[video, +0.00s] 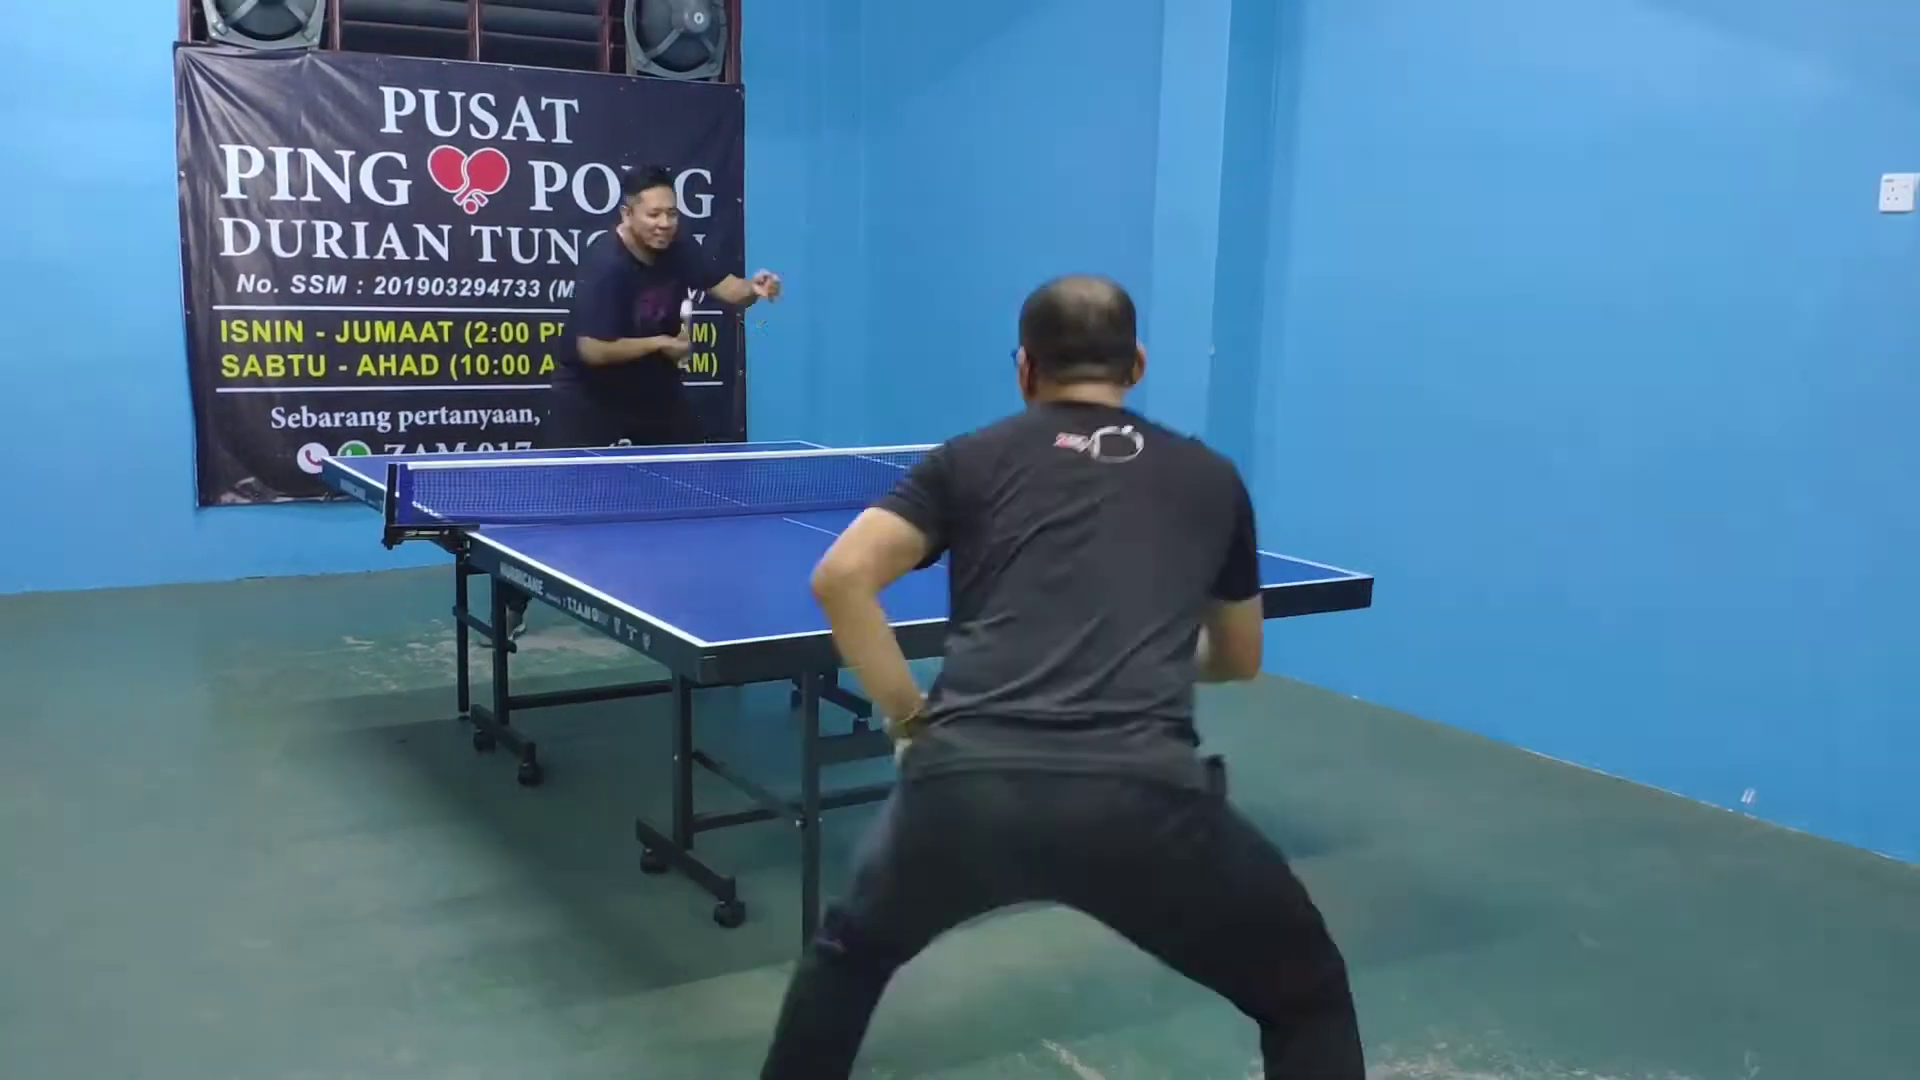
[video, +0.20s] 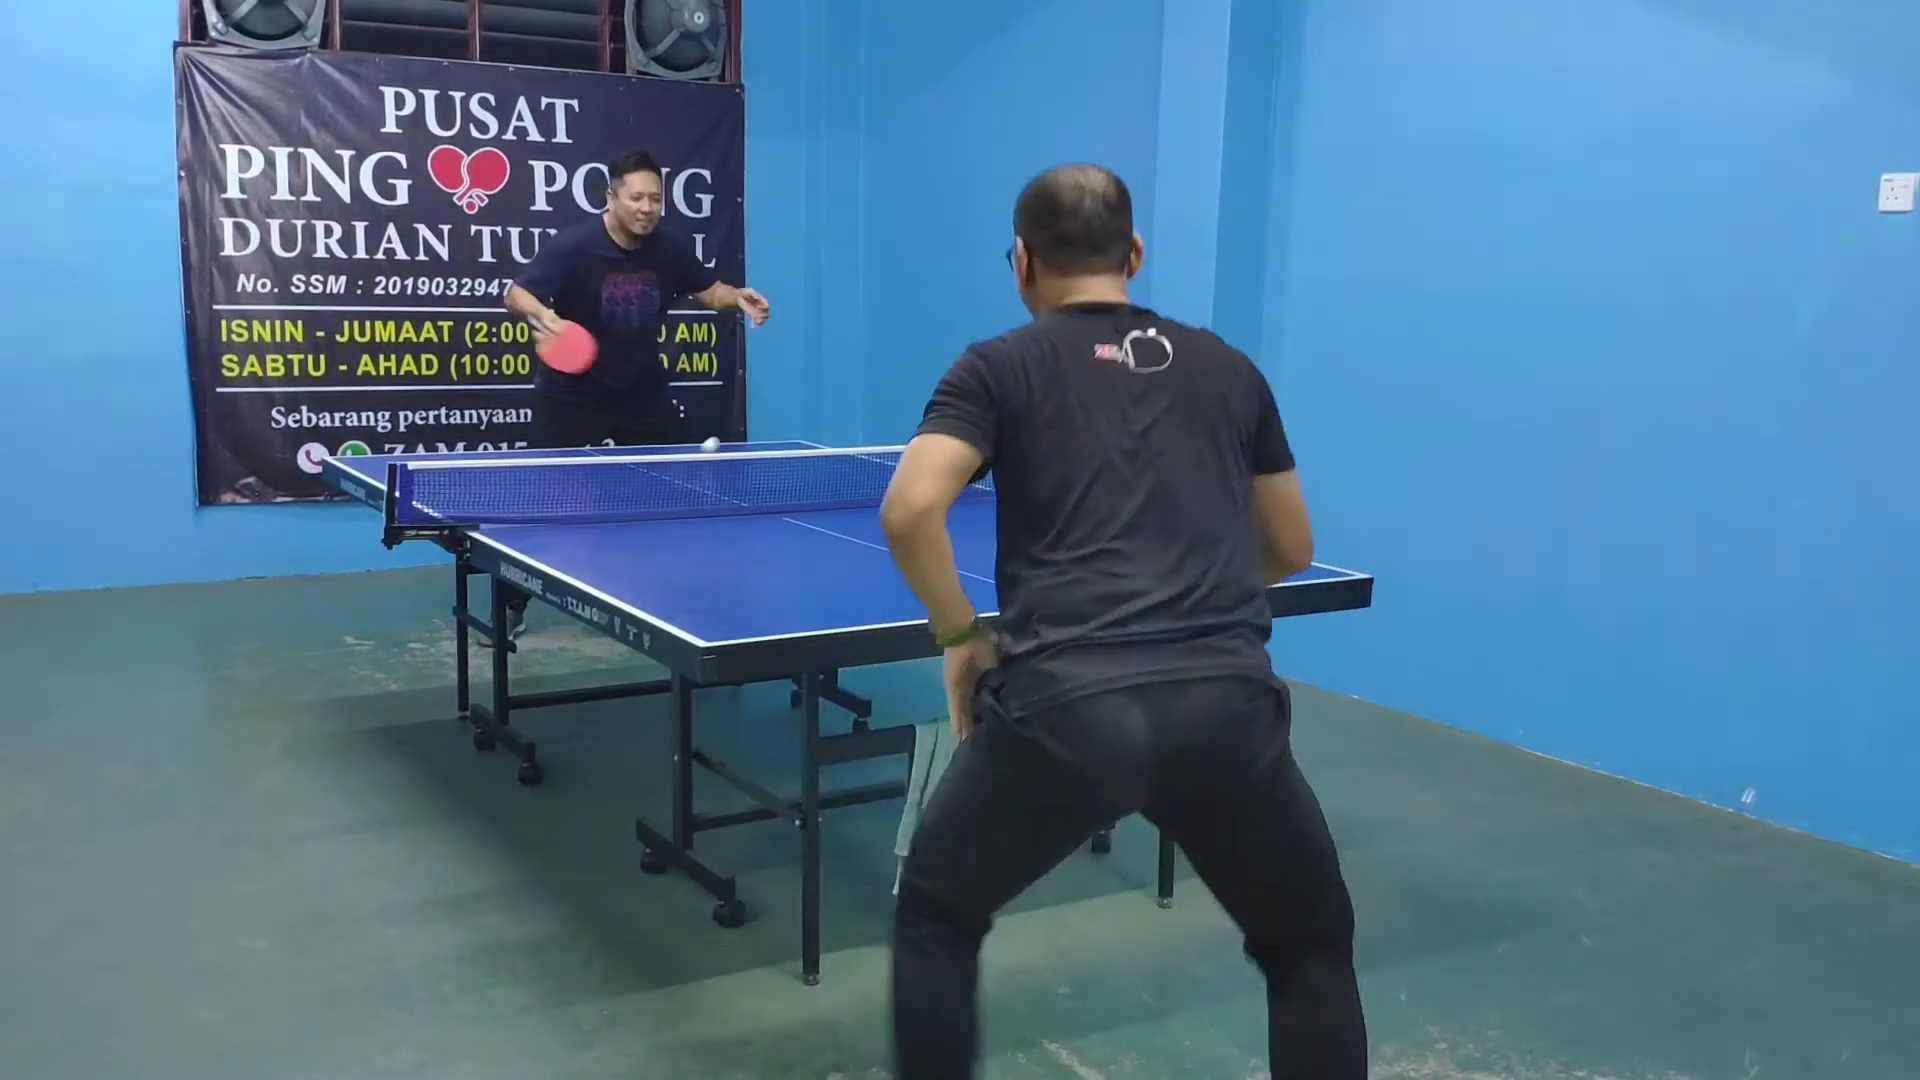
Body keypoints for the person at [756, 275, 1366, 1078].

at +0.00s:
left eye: (1021, 363)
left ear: (1026, 369)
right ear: (1138, 365)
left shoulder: (971, 460)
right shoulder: (1211, 477)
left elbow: (843, 577)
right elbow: (1237, 656)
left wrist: (908, 717)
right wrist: (1141, 652)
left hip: (961, 802)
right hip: (1141, 808)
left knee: (846, 958)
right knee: (1307, 998)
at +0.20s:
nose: (1013, 269)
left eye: (1012, 256)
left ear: (1023, 261)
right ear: (1135, 255)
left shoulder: (1000, 366)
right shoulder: (1229, 367)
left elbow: (909, 511)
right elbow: (1289, 546)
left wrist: (960, 636)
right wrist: (1192, 567)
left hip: (1066, 717)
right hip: (1224, 711)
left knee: (937, 917)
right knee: (1309, 945)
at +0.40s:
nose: (1028, 311)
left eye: (1027, 298)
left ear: (1039, 301)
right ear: (1147, 295)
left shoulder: (1015, 410)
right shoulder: (1235, 397)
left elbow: (918, 566)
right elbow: (1296, 548)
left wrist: (984, 643)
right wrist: (1197, 564)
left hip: (1102, 748)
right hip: (1257, 735)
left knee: (981, 957)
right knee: (1295, 879)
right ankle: (1328, 1065)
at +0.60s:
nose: (1092, 392)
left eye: (1089, 372)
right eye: (1086, 377)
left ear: (1112, 354)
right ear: (1185, 345)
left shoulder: (1145, 416)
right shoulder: (1269, 420)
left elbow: (1038, 491)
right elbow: (1232, 537)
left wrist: (990, 588)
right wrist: (1109, 571)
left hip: (1214, 739)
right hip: (1336, 727)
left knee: (1044, 937)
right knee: (1285, 823)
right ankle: (1313, 1033)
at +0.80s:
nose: (1127, 326)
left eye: (1122, 304)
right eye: (1120, 307)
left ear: (1152, 288)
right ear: (1206, 279)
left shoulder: (1223, 337)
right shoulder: (1245, 370)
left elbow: (1305, 340)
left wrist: (1195, 465)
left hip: (1282, 663)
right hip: (1358, 659)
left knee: (1147, 881)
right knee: (1279, 806)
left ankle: (1134, 1066)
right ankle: (1314, 1027)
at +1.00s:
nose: (1163, 247)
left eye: (1167, 229)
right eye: (1164, 229)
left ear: (1198, 234)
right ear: (1258, 233)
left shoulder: (1251, 311)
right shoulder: (1324, 317)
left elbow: (1323, 378)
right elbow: (1407, 446)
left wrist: (1268, 548)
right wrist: (1300, 431)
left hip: (1306, 624)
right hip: (1379, 624)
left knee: (1200, 869)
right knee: (1309, 802)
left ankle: (1232, 1066)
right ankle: (1356, 1008)